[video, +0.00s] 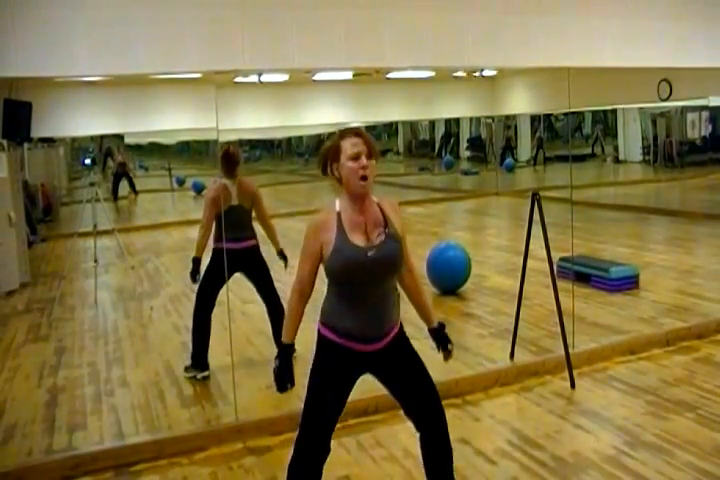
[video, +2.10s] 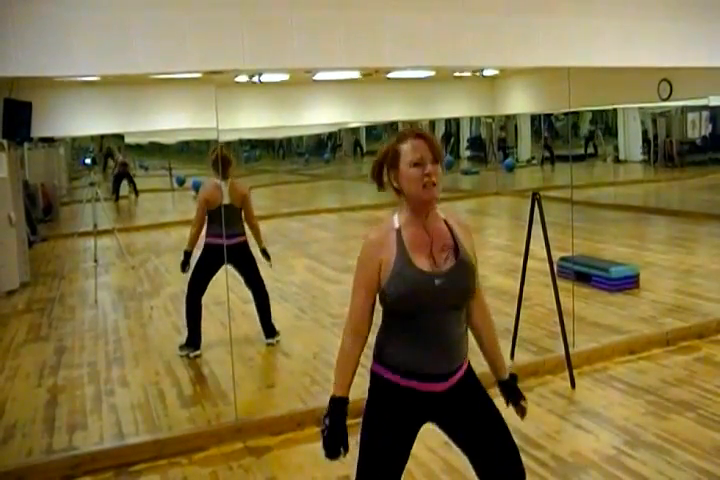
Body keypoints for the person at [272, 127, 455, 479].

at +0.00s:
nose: (364, 164)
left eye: (368, 157)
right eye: (354, 158)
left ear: (374, 164)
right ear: (335, 171)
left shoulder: (390, 212)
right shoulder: (322, 226)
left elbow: (407, 272)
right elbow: (301, 291)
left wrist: (434, 326)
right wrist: (285, 349)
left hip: (391, 343)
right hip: (339, 349)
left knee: (433, 421)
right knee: (312, 445)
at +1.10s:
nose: (396, 177)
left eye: (402, 169)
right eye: (385, 170)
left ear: (410, 176)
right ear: (367, 182)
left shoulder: (424, 231)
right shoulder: (353, 239)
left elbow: (439, 299)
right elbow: (332, 318)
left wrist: (459, 363)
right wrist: (315, 386)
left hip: (420, 367)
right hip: (363, 373)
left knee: (469, 444)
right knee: (338, 470)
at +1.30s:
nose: (407, 198)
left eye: (412, 190)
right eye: (395, 192)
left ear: (420, 198)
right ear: (376, 207)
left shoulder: (435, 249)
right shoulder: (366, 261)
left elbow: (466, 306)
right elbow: (326, 335)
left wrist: (509, 354)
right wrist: (294, 402)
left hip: (425, 379)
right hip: (369, 387)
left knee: (480, 452)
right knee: (341, 474)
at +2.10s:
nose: (429, 171)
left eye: (433, 162)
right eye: (417, 164)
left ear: (440, 170)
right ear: (394, 176)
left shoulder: (459, 230)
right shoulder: (380, 242)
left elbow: (476, 309)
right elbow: (356, 330)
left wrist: (504, 377)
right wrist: (337, 406)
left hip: (458, 386)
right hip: (396, 393)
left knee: (509, 473)